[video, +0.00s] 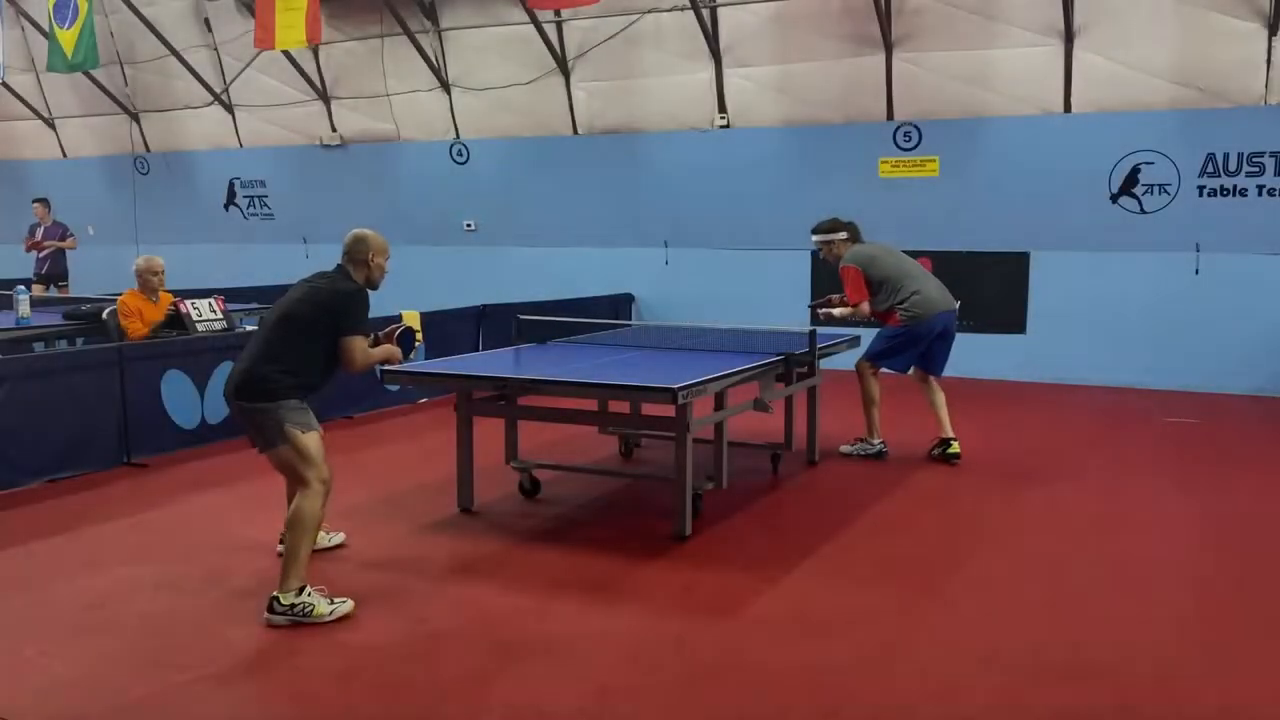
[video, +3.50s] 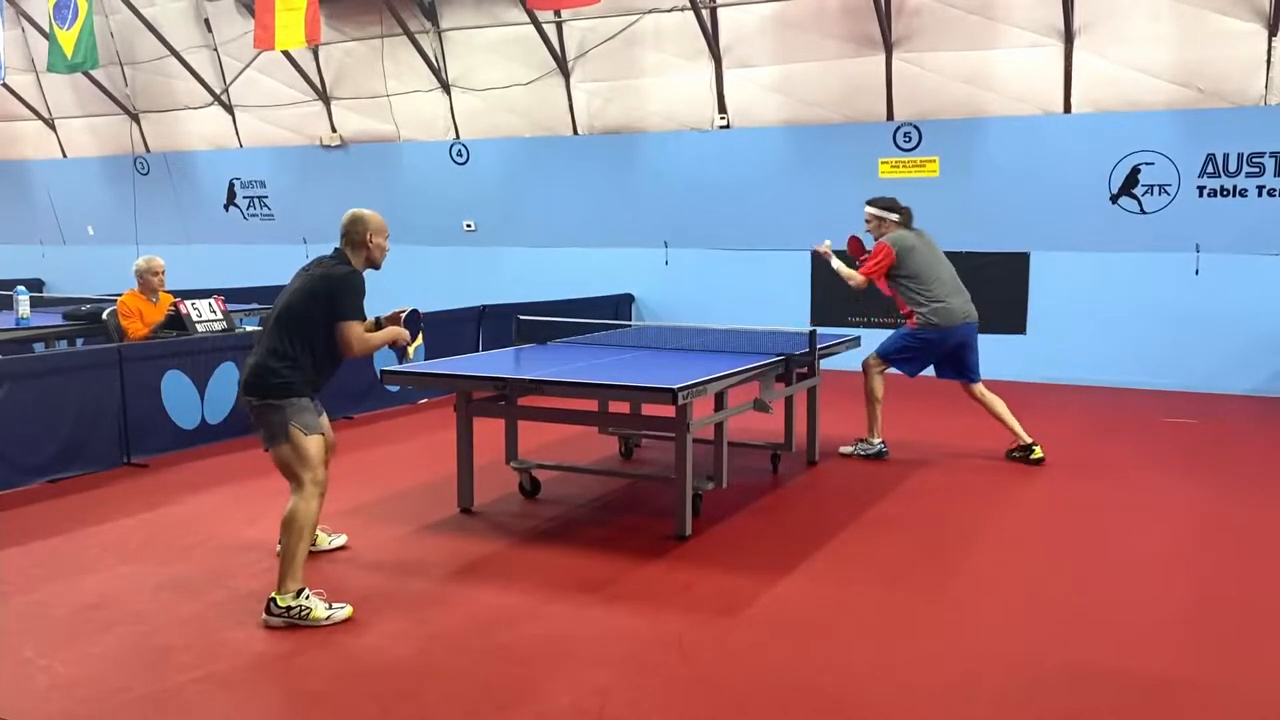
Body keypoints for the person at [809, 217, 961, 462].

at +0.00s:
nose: (821, 256)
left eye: (822, 249)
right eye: (819, 250)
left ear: (838, 243)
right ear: (846, 241)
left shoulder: (850, 262)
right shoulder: (876, 250)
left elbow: (863, 310)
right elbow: (886, 295)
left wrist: (837, 312)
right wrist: (847, 299)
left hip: (916, 313)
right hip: (947, 309)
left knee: (866, 367)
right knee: (924, 375)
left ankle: (873, 441)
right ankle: (949, 439)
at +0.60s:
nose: (803, 278)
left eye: (803, 271)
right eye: (800, 273)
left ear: (817, 261)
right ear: (825, 257)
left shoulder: (832, 276)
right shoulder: (856, 262)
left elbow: (853, 318)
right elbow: (872, 311)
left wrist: (831, 319)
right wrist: (832, 311)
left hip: (906, 316)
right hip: (936, 311)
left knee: (854, 369)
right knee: (940, 382)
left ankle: (873, 440)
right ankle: (992, 440)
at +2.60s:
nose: (800, 276)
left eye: (801, 269)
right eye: (798, 270)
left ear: (816, 263)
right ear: (823, 258)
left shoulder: (830, 277)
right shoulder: (853, 261)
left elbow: (853, 317)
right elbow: (870, 304)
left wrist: (829, 318)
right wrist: (831, 306)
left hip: (903, 321)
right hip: (932, 312)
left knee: (849, 372)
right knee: (953, 380)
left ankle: (872, 440)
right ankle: (1010, 432)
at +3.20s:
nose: (828, 259)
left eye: (830, 253)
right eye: (827, 254)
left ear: (847, 248)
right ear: (854, 245)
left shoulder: (856, 267)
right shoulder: (885, 256)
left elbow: (861, 317)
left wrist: (831, 321)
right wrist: (852, 318)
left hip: (916, 330)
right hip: (946, 325)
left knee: (853, 369)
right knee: (963, 393)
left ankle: (872, 441)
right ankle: (1023, 440)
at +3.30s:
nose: (839, 249)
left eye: (842, 243)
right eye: (838, 243)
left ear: (860, 240)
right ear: (866, 238)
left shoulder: (868, 259)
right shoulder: (896, 249)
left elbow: (858, 309)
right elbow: (894, 292)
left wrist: (827, 316)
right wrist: (858, 285)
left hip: (921, 327)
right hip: (952, 323)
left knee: (858, 367)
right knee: (967, 392)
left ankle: (873, 440)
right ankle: (1025, 441)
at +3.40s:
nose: (854, 237)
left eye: (856, 231)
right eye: (852, 231)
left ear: (874, 230)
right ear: (884, 229)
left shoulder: (877, 251)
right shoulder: (909, 243)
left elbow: (858, 295)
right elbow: (898, 281)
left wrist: (827, 293)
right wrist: (864, 266)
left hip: (927, 324)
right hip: (959, 321)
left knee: (865, 366)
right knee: (971, 390)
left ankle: (873, 440)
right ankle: (1026, 442)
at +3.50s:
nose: (867, 227)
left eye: (870, 221)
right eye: (866, 221)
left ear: (888, 222)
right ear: (894, 221)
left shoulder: (888, 244)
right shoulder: (921, 237)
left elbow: (857, 281)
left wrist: (831, 258)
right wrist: (873, 264)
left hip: (933, 321)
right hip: (966, 318)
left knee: (873, 364)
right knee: (976, 387)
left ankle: (873, 440)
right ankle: (1026, 442)